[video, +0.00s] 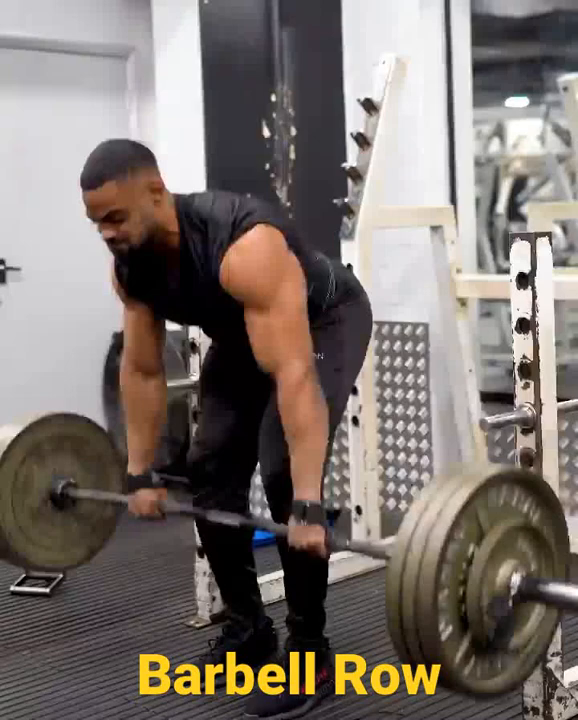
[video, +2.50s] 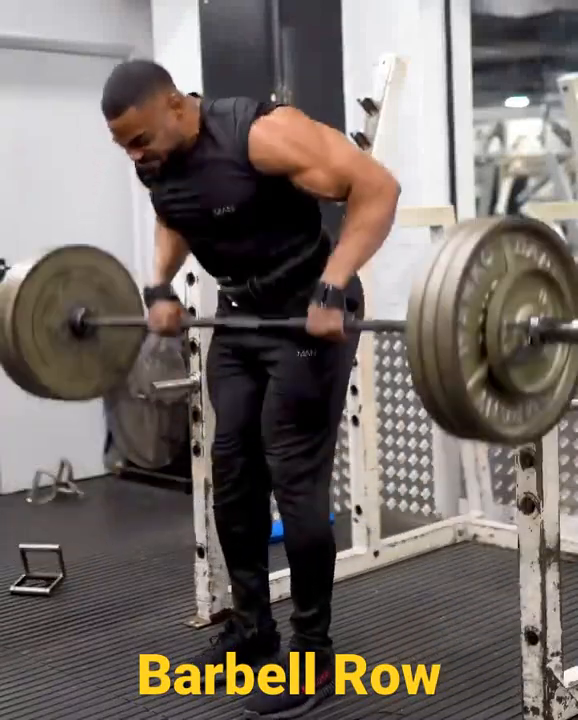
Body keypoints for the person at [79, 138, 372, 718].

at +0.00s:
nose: (107, 236)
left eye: (114, 219)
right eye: (97, 224)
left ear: (156, 192)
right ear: (91, 215)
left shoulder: (247, 247)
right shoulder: (134, 266)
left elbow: (295, 372)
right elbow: (142, 370)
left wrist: (308, 501)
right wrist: (141, 473)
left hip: (324, 317)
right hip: (242, 330)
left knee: (285, 476)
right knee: (211, 474)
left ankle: (306, 649)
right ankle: (246, 629)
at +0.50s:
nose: (126, 174)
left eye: (129, 157)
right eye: (116, 165)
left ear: (164, 115)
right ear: (105, 148)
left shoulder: (254, 141)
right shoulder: (152, 170)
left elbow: (366, 197)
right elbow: (166, 225)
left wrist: (324, 299)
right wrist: (149, 292)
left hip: (298, 322)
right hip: (225, 323)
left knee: (285, 476)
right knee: (220, 474)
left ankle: (307, 647)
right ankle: (248, 626)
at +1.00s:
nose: (137, 185)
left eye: (142, 168)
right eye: (127, 175)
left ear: (179, 132)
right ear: (120, 161)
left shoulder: (267, 172)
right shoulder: (157, 195)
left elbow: (350, 273)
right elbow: (165, 276)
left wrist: (327, 384)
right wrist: (153, 363)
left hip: (308, 336)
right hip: (238, 339)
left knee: (302, 488)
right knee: (226, 484)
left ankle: (311, 649)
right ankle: (248, 628)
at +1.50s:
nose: (112, 220)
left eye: (116, 203)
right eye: (103, 210)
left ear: (156, 170)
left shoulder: (251, 230)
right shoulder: (137, 248)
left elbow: (302, 358)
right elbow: (147, 352)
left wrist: (315, 483)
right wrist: (147, 453)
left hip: (322, 310)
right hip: (243, 322)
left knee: (293, 465)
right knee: (217, 465)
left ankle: (309, 649)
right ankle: (247, 626)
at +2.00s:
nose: (114, 218)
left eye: (122, 201)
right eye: (106, 205)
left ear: (167, 179)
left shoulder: (256, 236)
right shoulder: (143, 257)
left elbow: (308, 360)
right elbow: (151, 359)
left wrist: (313, 489)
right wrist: (148, 465)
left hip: (331, 313)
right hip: (250, 324)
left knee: (293, 474)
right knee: (220, 467)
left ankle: (308, 649)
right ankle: (247, 627)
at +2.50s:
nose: (136, 157)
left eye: (142, 140)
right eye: (126, 147)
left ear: (181, 108)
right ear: (121, 134)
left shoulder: (267, 134)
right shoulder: (160, 163)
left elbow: (379, 188)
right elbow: (178, 217)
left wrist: (331, 288)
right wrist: (161, 284)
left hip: (309, 323)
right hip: (238, 322)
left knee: (295, 477)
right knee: (232, 476)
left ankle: (311, 653)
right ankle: (253, 626)